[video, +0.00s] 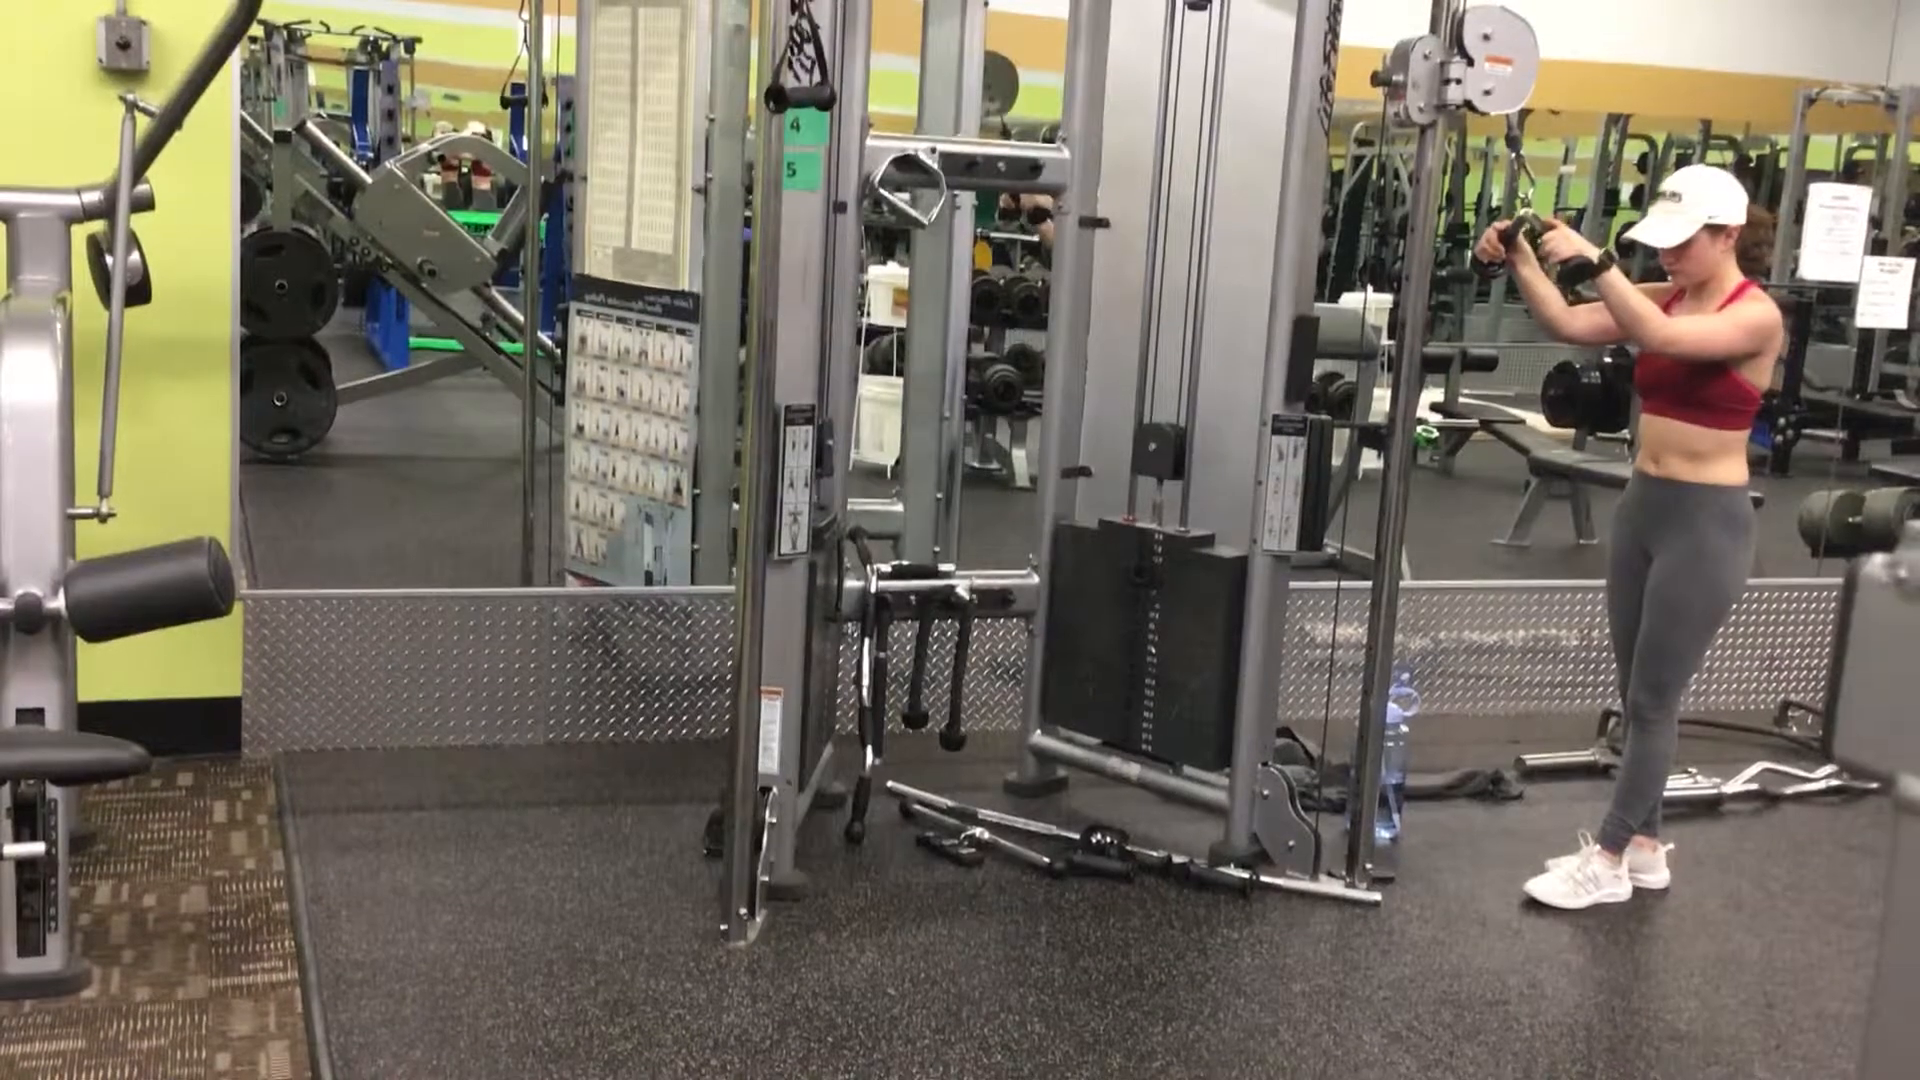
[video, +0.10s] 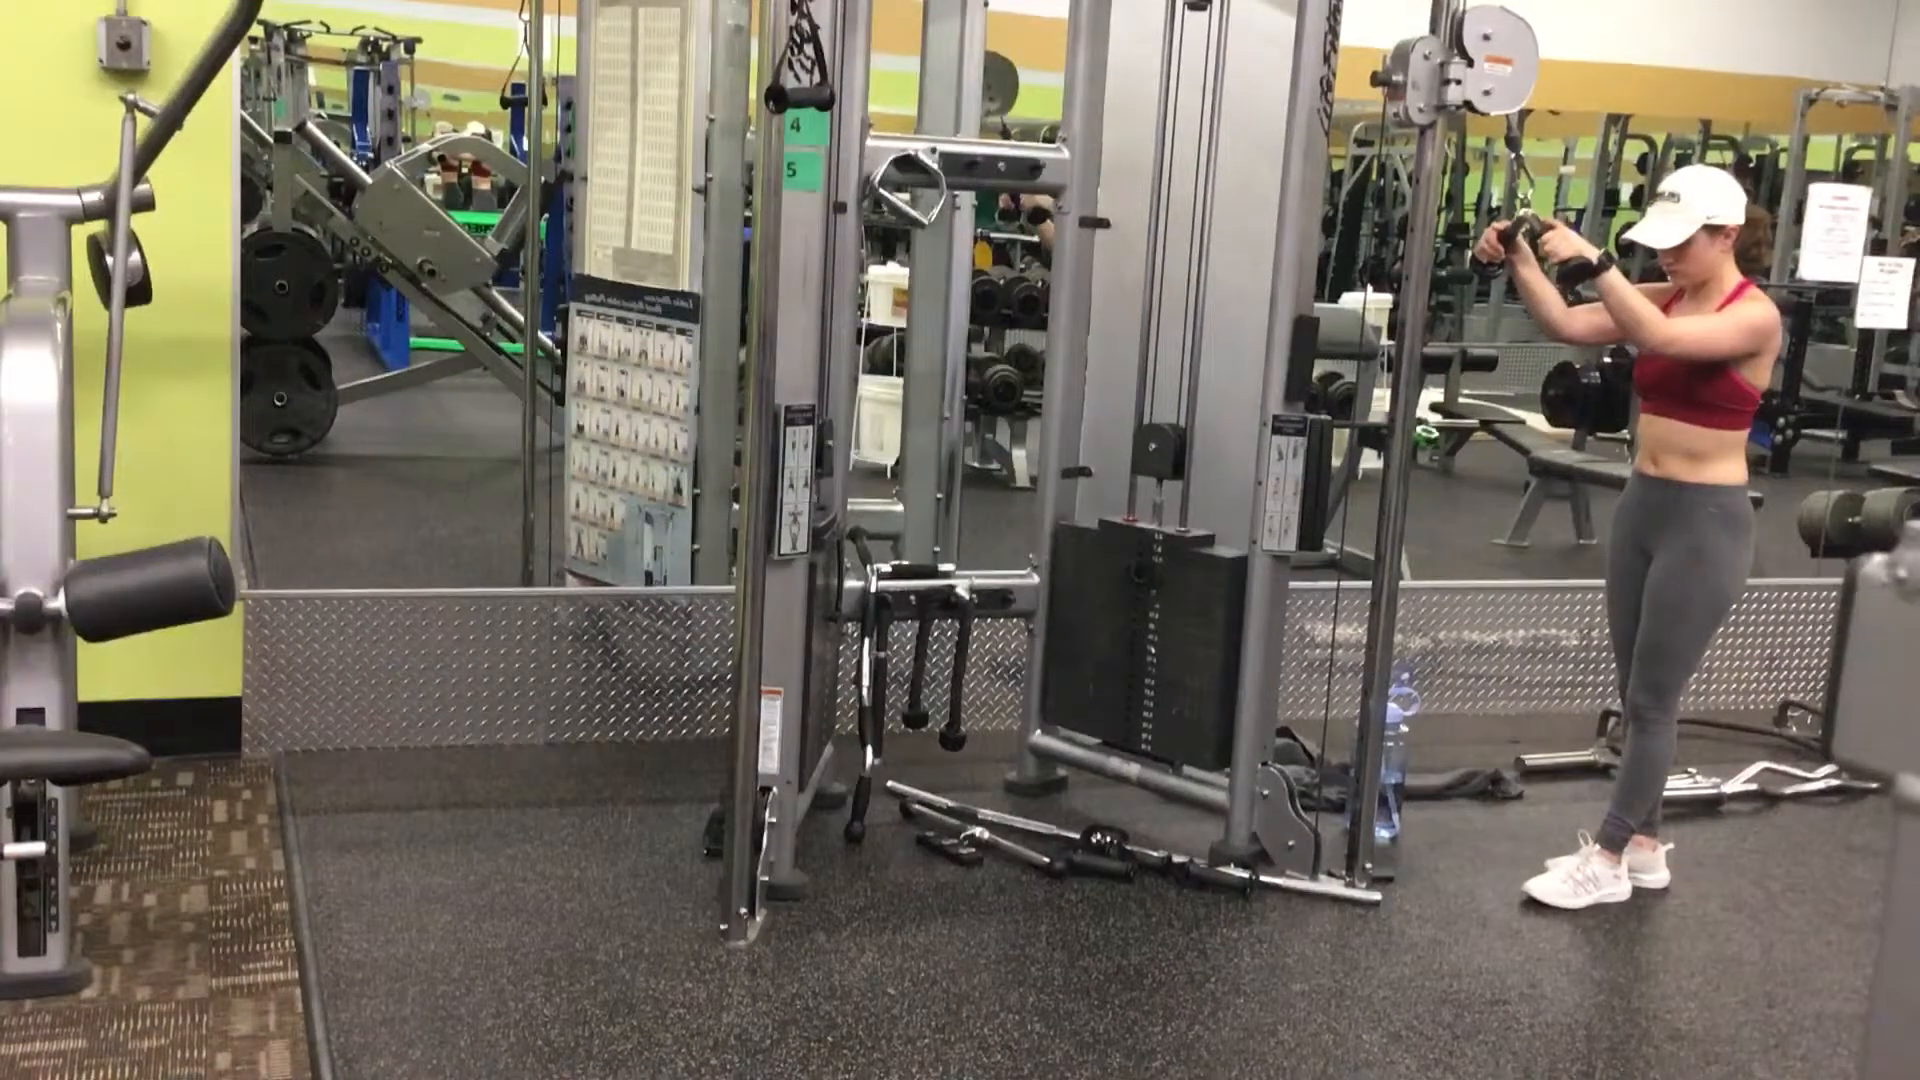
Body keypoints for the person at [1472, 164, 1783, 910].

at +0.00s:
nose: (1667, 255)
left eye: (1680, 241)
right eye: (1663, 243)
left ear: (1727, 235)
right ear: (1664, 241)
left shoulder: (1758, 315)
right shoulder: (1665, 299)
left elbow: (1661, 335)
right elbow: (1568, 322)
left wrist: (1593, 260)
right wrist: (1518, 261)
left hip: (1707, 523)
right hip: (1641, 508)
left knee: (1653, 700)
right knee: (1638, 691)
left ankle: (1607, 858)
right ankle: (1644, 844)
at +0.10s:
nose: (1666, 254)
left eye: (1679, 240)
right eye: (1661, 242)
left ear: (1726, 235)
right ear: (1663, 240)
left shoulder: (1757, 315)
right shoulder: (1663, 299)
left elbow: (1660, 335)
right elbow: (1566, 323)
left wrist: (1592, 262)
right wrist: (1518, 259)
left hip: (1706, 523)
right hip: (1640, 508)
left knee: (1652, 700)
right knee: (1638, 692)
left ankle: (1606, 858)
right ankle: (1644, 844)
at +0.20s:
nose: (1665, 254)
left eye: (1678, 240)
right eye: (1660, 242)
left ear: (1726, 234)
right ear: (1662, 240)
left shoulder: (1756, 315)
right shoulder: (1663, 299)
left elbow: (1660, 336)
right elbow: (1566, 323)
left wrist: (1593, 262)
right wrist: (1518, 258)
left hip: (1707, 523)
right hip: (1640, 508)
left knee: (1652, 701)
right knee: (1637, 693)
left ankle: (1607, 859)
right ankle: (1645, 845)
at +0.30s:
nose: (1665, 254)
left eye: (1678, 240)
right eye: (1660, 242)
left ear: (1726, 235)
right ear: (1662, 240)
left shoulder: (1756, 316)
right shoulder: (1662, 299)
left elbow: (1659, 336)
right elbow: (1565, 324)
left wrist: (1592, 262)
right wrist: (1517, 259)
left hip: (1706, 523)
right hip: (1640, 508)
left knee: (1652, 701)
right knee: (1638, 692)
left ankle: (1606, 859)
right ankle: (1644, 844)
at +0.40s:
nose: (1664, 254)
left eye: (1677, 240)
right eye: (1659, 242)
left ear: (1725, 234)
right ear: (1661, 240)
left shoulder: (1756, 315)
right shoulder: (1661, 299)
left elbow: (1659, 336)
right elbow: (1565, 324)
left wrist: (1592, 262)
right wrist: (1517, 259)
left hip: (1706, 523)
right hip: (1639, 508)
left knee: (1652, 701)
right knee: (1637, 692)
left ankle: (1606, 859)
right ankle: (1644, 845)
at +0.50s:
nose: (1664, 254)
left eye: (1677, 240)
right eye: (1659, 242)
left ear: (1725, 234)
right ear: (1661, 240)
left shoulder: (1756, 315)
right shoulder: (1661, 299)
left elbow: (1659, 336)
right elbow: (1565, 324)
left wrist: (1592, 263)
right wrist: (1517, 259)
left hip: (1706, 523)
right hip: (1639, 508)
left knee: (1652, 701)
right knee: (1637, 692)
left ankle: (1607, 859)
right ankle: (1644, 844)